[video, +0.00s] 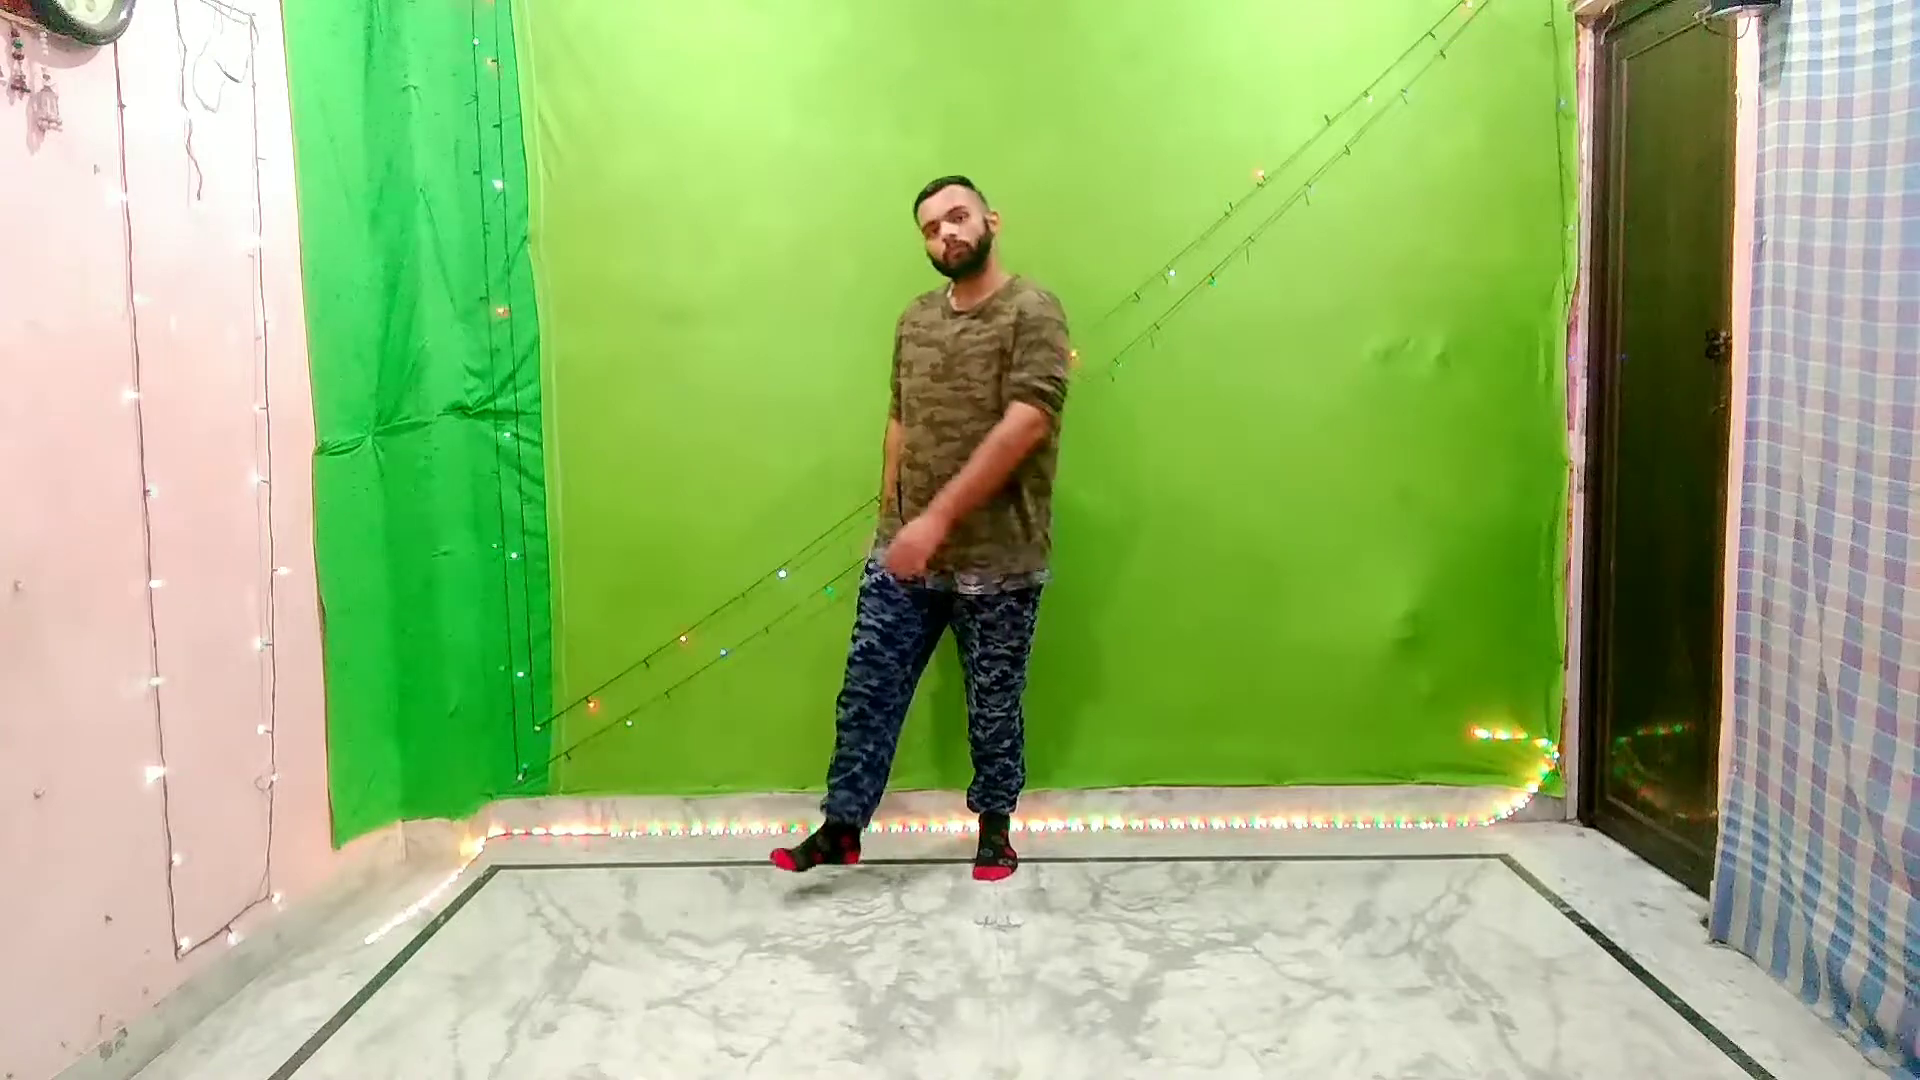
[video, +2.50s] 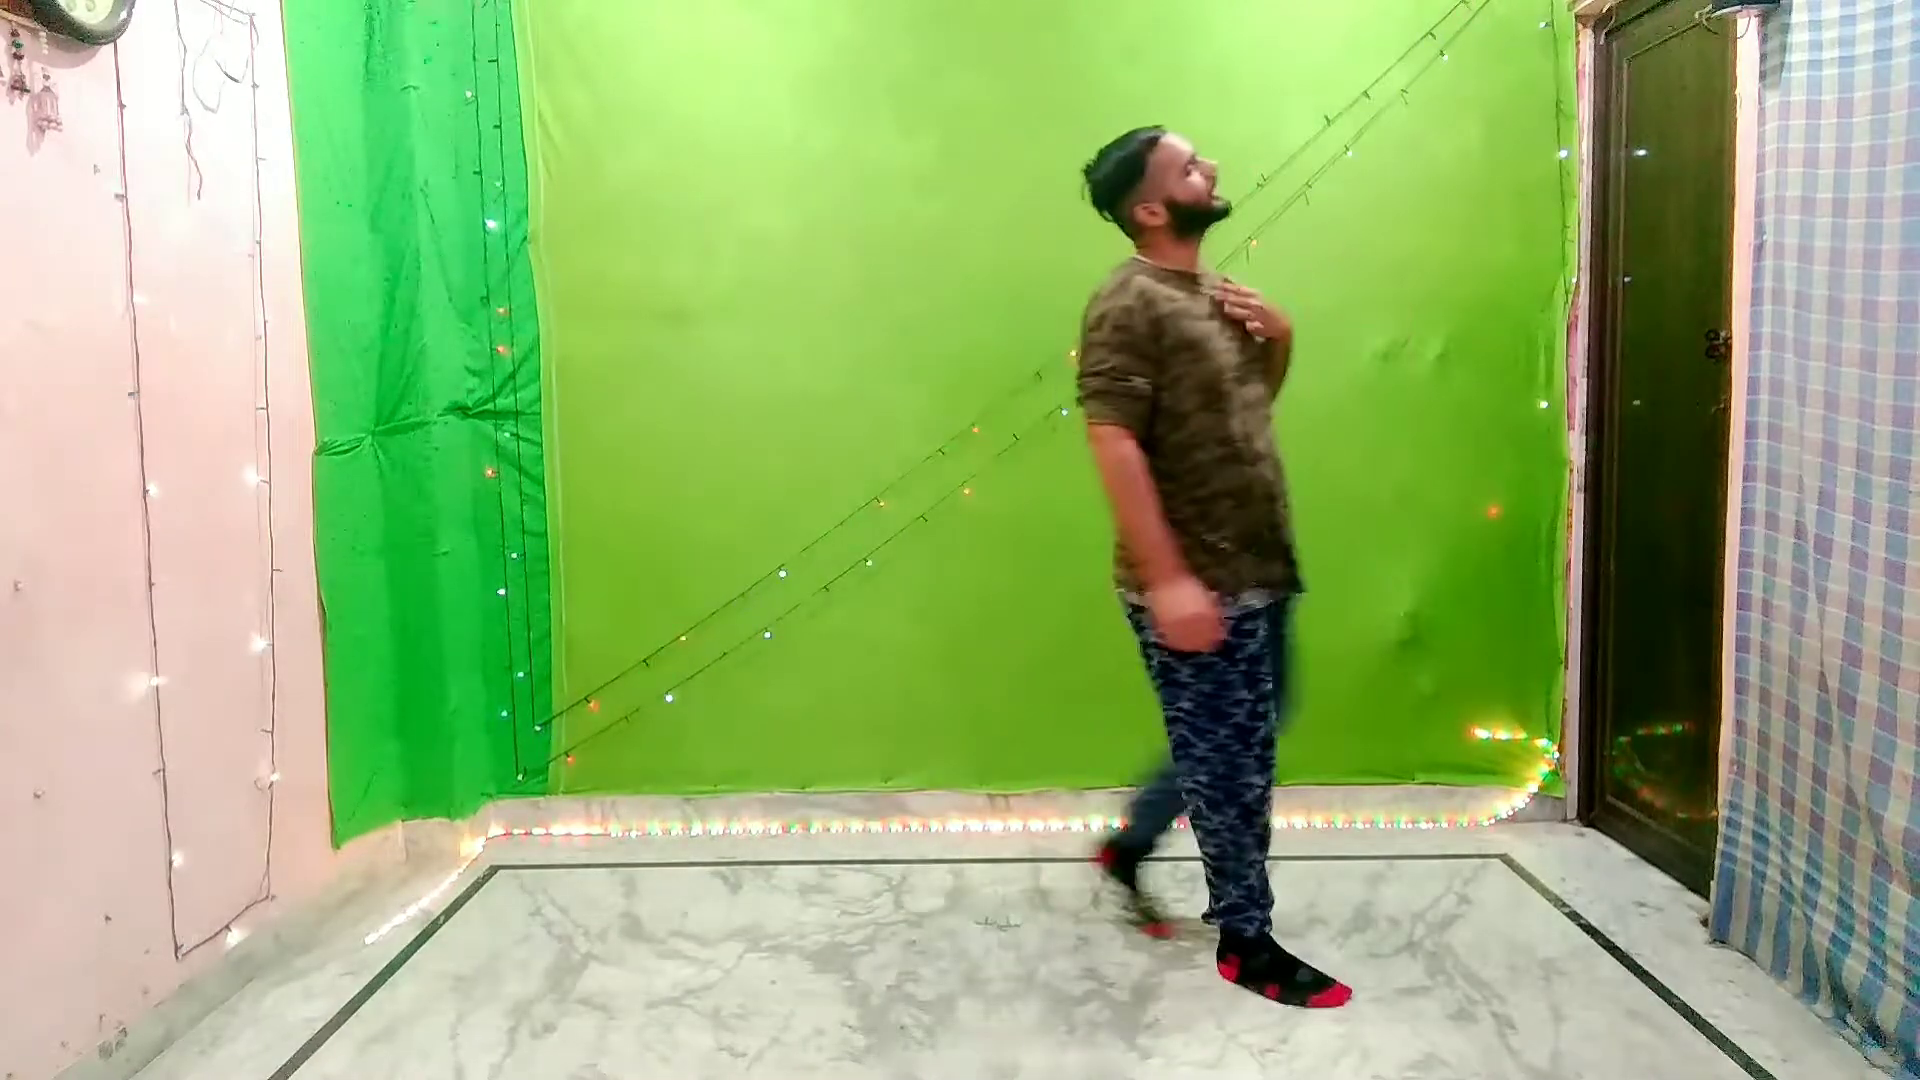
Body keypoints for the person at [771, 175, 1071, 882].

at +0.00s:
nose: (946, 233)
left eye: (956, 217)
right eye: (932, 229)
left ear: (992, 221)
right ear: (926, 247)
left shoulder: (1032, 310)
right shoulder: (917, 321)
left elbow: (1027, 422)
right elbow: (900, 423)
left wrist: (937, 520)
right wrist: (892, 517)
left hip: (997, 548)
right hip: (911, 543)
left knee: (993, 699)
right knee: (869, 686)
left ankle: (994, 829)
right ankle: (841, 828)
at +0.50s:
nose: (822, 221)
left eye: (824, 207)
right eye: (802, 225)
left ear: (851, 216)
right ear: (793, 259)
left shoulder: (933, 301)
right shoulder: (795, 350)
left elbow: (989, 415)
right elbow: (796, 464)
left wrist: (1002, 534)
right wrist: (809, 556)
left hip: (943, 558)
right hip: (842, 571)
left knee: (966, 706)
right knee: (838, 729)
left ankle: (988, 821)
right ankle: (824, 875)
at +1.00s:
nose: (820, 187)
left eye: (809, 177)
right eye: (800, 188)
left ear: (787, 224)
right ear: (764, 234)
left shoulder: (873, 292)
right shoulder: (745, 355)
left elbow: (927, 395)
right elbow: (737, 487)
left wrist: (964, 485)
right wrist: (761, 610)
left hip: (933, 566)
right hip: (831, 594)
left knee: (969, 712)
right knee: (836, 752)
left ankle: (952, 831)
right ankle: (828, 886)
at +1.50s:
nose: (908, 185)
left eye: (899, 176)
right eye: (886, 188)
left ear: (903, 210)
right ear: (857, 235)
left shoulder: (955, 297)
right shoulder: (852, 327)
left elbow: (971, 434)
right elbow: (855, 464)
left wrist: (998, 551)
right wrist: (913, 583)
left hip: (989, 573)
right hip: (890, 589)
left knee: (1015, 741)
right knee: (859, 750)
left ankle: (1057, 879)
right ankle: (822, 890)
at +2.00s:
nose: (1100, 166)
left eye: (1092, 157)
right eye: (1078, 162)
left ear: (1083, 197)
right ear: (1038, 202)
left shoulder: (1134, 277)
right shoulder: (1009, 309)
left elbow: (1203, 311)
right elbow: (970, 437)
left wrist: (1257, 398)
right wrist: (972, 572)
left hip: (1143, 544)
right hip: (1055, 550)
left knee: (1117, 726)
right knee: (1083, 723)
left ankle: (1070, 877)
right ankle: (1057, 907)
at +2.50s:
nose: (1208, 171)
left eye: (1199, 161)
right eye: (1189, 166)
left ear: (1172, 200)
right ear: (1147, 204)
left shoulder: (1213, 294)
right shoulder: (1126, 305)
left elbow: (1243, 408)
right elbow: (1112, 443)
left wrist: (1278, 341)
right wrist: (1166, 578)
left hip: (1259, 571)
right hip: (1194, 583)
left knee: (1246, 736)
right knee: (1226, 766)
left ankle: (1129, 841)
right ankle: (1246, 941)